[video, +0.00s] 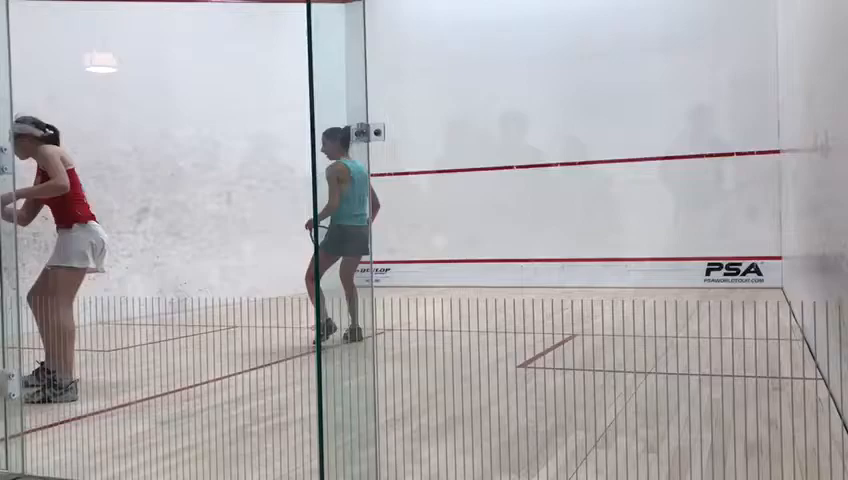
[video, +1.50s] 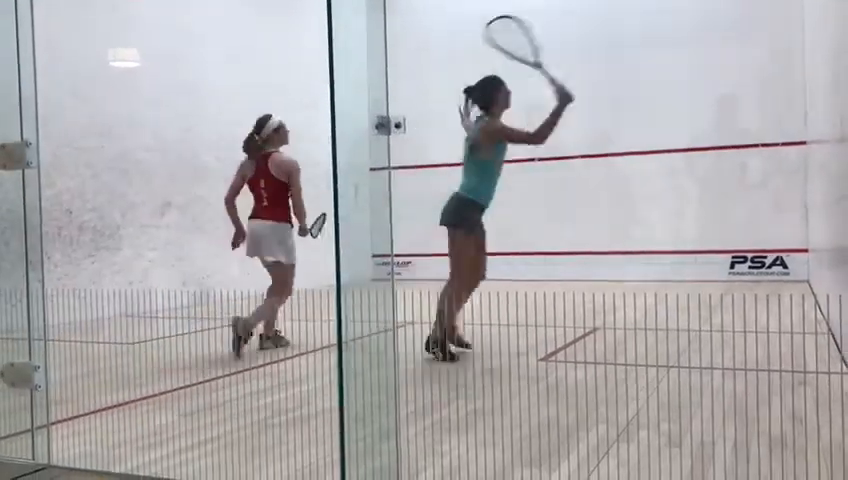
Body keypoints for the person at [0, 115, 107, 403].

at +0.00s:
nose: (13, 148)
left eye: (15, 141)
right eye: (12, 143)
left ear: (28, 137)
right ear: (32, 139)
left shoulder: (47, 151)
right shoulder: (44, 167)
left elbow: (61, 184)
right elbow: (24, 217)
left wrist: (16, 194)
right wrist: (3, 208)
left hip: (80, 235)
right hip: (69, 236)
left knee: (61, 304)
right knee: (38, 298)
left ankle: (66, 381)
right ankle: (53, 367)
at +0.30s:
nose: (13, 176)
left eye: (13, 170)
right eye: (11, 172)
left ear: (22, 164)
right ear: (29, 161)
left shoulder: (39, 172)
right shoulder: (40, 178)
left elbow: (25, 224)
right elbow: (24, 225)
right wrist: (9, 200)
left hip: (78, 252)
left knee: (42, 314)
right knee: (43, 315)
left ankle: (74, 381)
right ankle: (70, 379)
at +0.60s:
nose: (64, 152)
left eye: (64, 148)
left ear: (66, 150)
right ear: (92, 149)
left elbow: (38, 224)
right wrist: (147, 252)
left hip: (68, 238)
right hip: (104, 237)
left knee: (59, 318)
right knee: (88, 315)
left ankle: (73, 374)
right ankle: (63, 370)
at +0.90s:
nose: (161, 155)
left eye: (160, 150)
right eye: (159, 151)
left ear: (132, 154)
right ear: (151, 153)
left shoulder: (113, 177)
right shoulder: (158, 179)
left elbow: (117, 221)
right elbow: (169, 227)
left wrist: (152, 239)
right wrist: (184, 265)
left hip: (101, 247)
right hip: (136, 248)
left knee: (82, 312)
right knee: (169, 300)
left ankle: (50, 375)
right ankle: (175, 363)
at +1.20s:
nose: (237, 133)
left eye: (234, 129)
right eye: (233, 130)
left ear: (211, 137)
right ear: (224, 136)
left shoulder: (192, 162)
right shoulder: (234, 164)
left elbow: (170, 197)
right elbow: (243, 204)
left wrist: (182, 224)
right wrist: (251, 234)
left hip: (184, 229)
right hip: (210, 228)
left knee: (206, 290)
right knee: (211, 297)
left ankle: (174, 340)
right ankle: (180, 352)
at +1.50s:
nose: (287, 131)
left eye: (284, 127)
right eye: (282, 128)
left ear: (264, 138)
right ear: (274, 136)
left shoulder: (248, 164)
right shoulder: (288, 164)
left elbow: (229, 199)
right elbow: (297, 200)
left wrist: (239, 228)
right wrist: (303, 223)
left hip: (255, 228)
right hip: (279, 229)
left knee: (278, 283)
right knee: (284, 289)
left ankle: (269, 333)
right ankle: (248, 325)